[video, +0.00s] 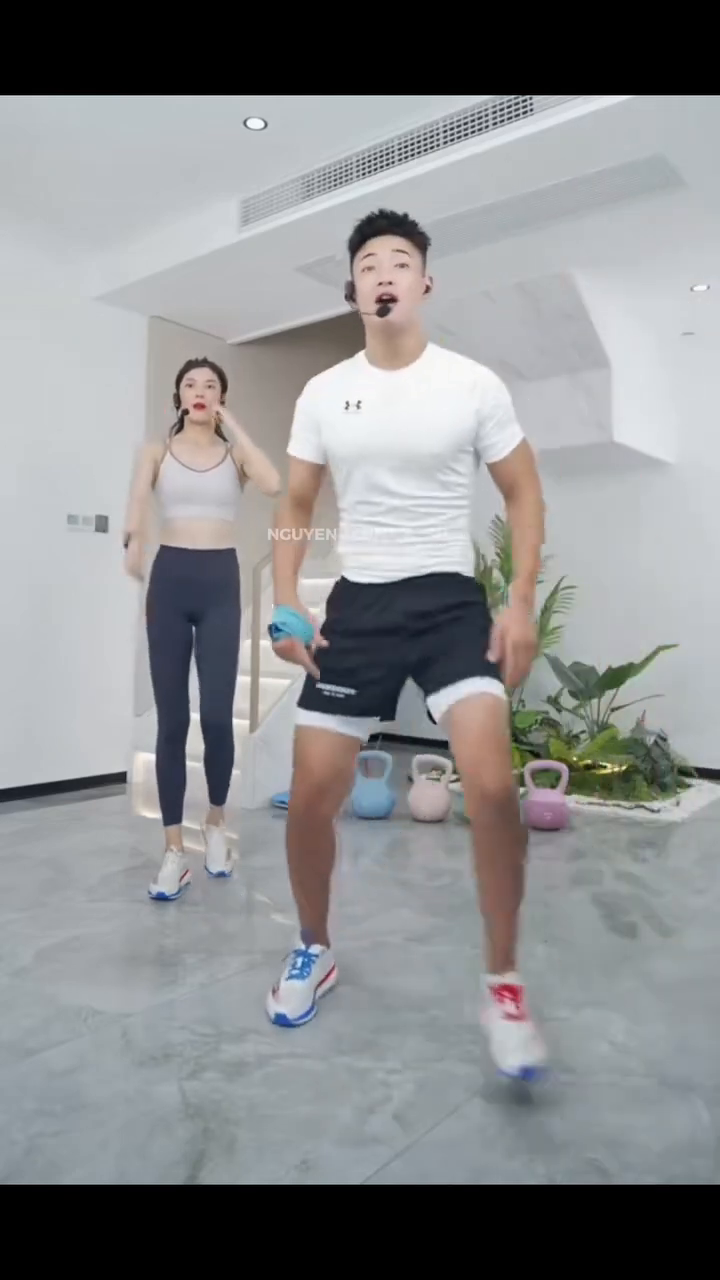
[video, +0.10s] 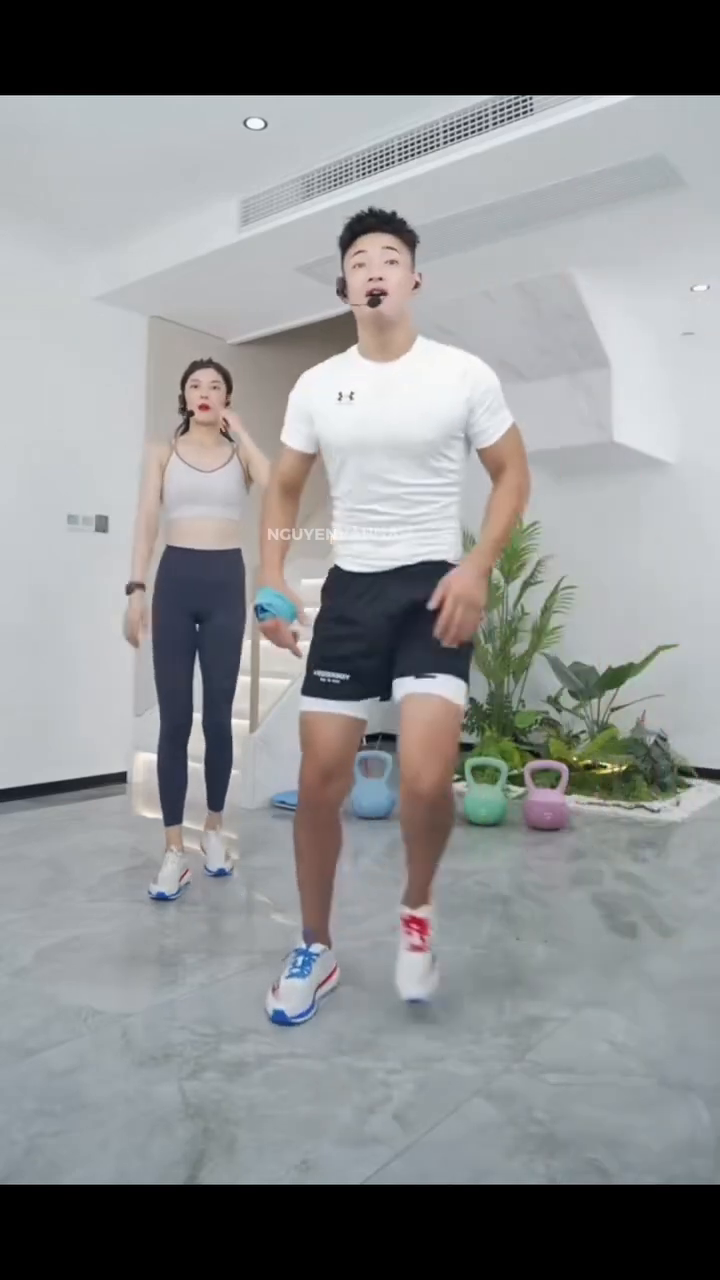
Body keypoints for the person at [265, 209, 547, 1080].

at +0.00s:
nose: (383, 276)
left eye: (399, 264)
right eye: (369, 266)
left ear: (428, 284)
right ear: (352, 291)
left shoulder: (474, 386)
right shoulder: (324, 394)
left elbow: (526, 496)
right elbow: (295, 509)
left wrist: (519, 605)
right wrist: (286, 600)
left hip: (453, 607)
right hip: (355, 612)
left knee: (493, 788)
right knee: (310, 795)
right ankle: (313, 950)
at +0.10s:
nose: (373, 271)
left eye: (388, 259)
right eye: (360, 262)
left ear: (416, 278)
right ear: (344, 286)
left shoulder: (463, 375)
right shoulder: (317, 387)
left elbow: (513, 478)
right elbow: (283, 493)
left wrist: (477, 570)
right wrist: (272, 584)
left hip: (436, 591)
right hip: (348, 595)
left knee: (426, 783)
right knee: (320, 777)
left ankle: (416, 912)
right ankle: (314, 948)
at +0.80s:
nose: (493, 339)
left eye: (503, 329)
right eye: (479, 332)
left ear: (521, 347)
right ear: (460, 352)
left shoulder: (557, 431)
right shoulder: (432, 436)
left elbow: (606, 513)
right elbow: (401, 538)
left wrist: (601, 564)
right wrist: (446, 552)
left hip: (542, 612)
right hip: (464, 616)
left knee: (570, 769)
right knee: (409, 758)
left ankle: (573, 905)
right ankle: (352, 916)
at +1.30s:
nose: (523, 335)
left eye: (534, 327)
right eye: (510, 327)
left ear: (549, 346)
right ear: (491, 346)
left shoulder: (579, 431)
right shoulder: (453, 420)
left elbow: (610, 522)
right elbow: (421, 510)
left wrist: (566, 550)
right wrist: (465, 523)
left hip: (546, 607)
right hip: (470, 606)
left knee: (563, 758)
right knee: (436, 760)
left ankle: (576, 900)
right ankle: (462, 862)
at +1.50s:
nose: (480, 337)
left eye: (492, 328)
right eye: (469, 328)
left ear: (510, 345)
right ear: (450, 346)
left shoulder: (539, 429)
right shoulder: (415, 425)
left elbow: (582, 525)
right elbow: (383, 514)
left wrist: (518, 516)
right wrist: (428, 503)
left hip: (508, 608)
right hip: (432, 609)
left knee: (542, 761)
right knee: (383, 759)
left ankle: (572, 904)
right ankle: (325, 912)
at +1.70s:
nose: (422, 337)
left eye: (436, 326)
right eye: (409, 326)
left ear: (456, 341)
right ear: (392, 341)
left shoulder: (481, 429)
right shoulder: (356, 417)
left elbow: (527, 525)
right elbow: (317, 504)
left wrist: (484, 552)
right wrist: (351, 526)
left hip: (448, 611)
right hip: (370, 612)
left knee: (523, 754)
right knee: (329, 763)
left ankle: (519, 870)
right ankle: (308, 927)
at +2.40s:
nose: (469, 311)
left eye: (483, 299)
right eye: (454, 300)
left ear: (503, 315)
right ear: (435, 319)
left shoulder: (546, 398)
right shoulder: (404, 410)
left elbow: (600, 494)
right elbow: (387, 517)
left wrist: (522, 468)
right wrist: (433, 454)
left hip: (538, 606)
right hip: (447, 612)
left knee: (585, 780)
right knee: (368, 771)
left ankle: (625, 966)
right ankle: (324, 925)